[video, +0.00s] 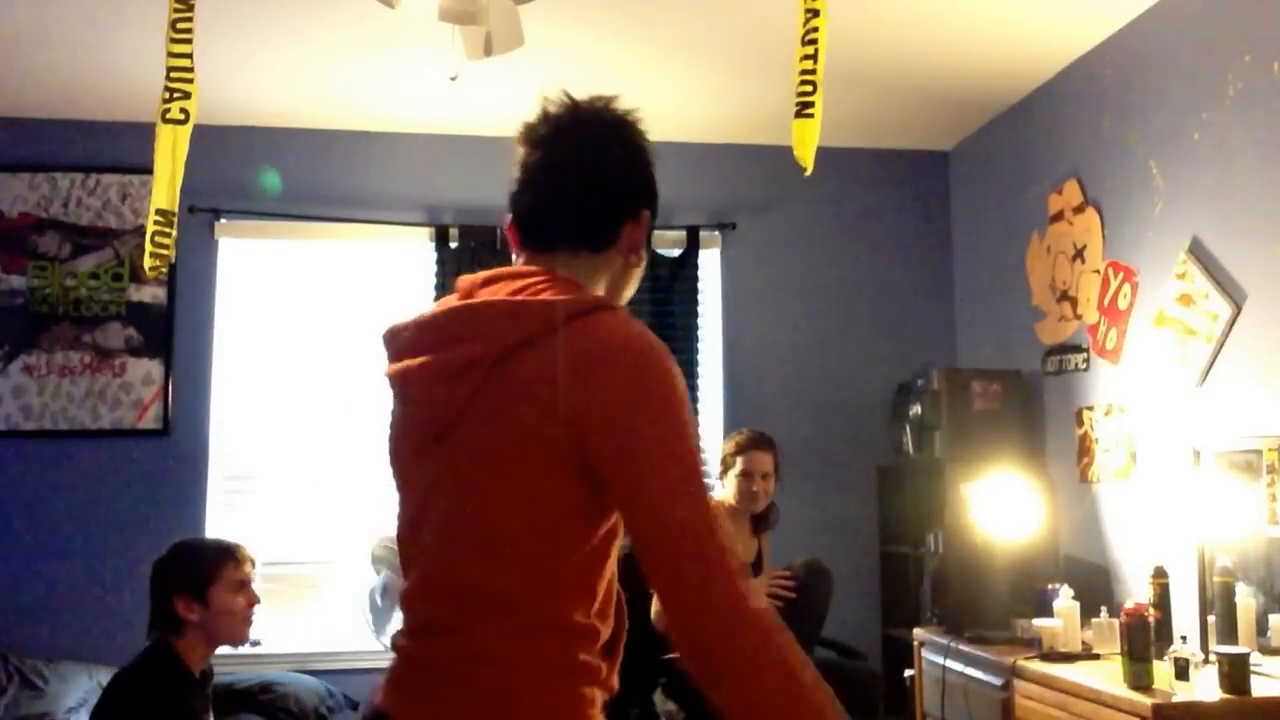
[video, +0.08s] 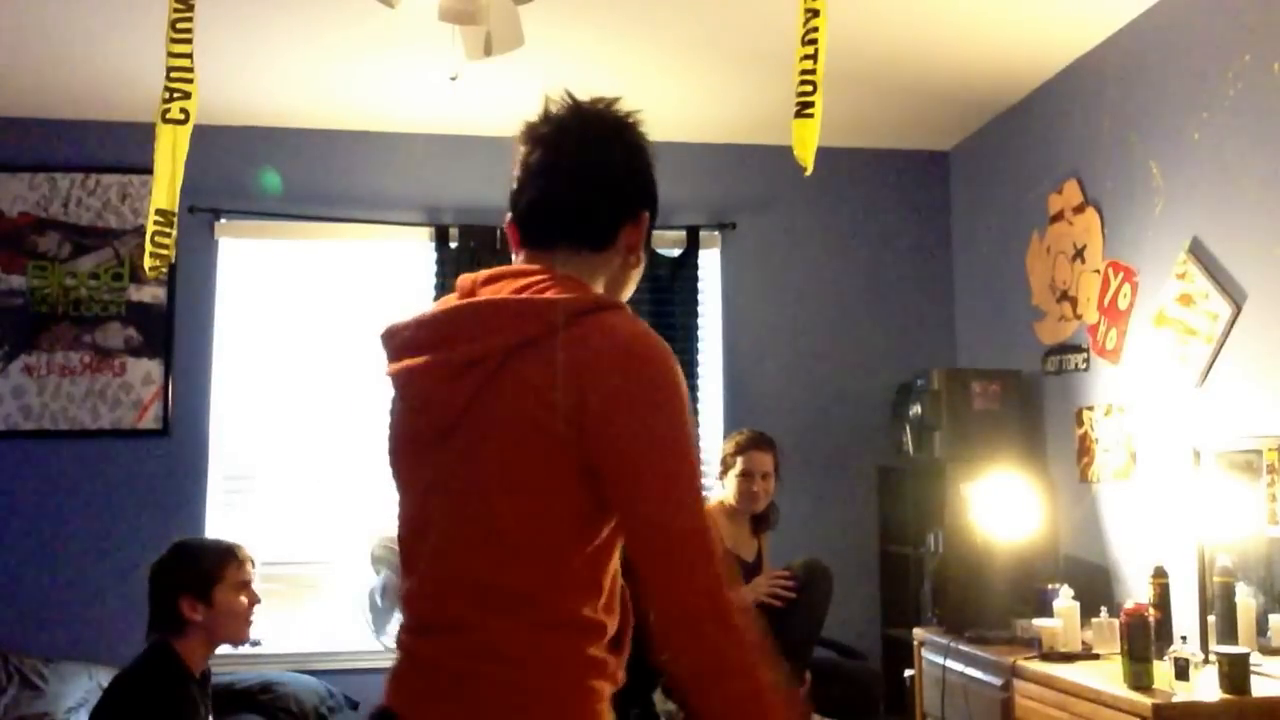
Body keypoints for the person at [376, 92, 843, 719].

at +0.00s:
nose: (644, 264)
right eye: (649, 244)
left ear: (511, 235)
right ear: (636, 235)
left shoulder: (433, 354)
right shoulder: (610, 351)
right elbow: (708, 611)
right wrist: (820, 709)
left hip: (416, 692)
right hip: (547, 698)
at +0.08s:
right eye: (647, 244)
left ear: (511, 235)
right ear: (637, 235)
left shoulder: (429, 354)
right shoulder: (618, 353)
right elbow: (691, 617)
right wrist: (770, 705)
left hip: (418, 693)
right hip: (559, 700)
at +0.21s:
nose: (630, 269)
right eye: (635, 249)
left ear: (496, 243)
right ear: (620, 244)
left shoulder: (417, 363)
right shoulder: (622, 369)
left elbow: (390, 583)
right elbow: (611, 591)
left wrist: (381, 710)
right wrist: (620, 705)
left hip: (455, 694)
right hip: (580, 700)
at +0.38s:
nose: (647, 266)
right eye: (651, 248)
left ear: (513, 241)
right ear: (638, 241)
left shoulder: (429, 362)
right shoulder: (635, 356)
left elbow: (401, 575)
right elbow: (626, 588)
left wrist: (389, 707)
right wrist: (632, 708)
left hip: (438, 696)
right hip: (568, 695)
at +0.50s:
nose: (651, 286)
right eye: (658, 267)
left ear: (527, 246)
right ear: (649, 249)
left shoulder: (444, 349)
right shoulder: (636, 347)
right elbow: (692, 602)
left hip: (417, 690)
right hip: (557, 700)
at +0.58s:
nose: (643, 277)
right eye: (649, 259)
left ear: (519, 239)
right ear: (637, 245)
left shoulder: (431, 356)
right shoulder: (630, 345)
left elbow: (419, 572)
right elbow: (659, 590)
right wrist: (697, 707)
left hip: (433, 693)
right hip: (570, 696)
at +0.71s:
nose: (632, 280)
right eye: (639, 259)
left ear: (502, 251)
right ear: (626, 247)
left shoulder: (422, 363)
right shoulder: (620, 362)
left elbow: (400, 584)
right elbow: (580, 586)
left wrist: (399, 710)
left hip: (468, 694)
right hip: (590, 698)